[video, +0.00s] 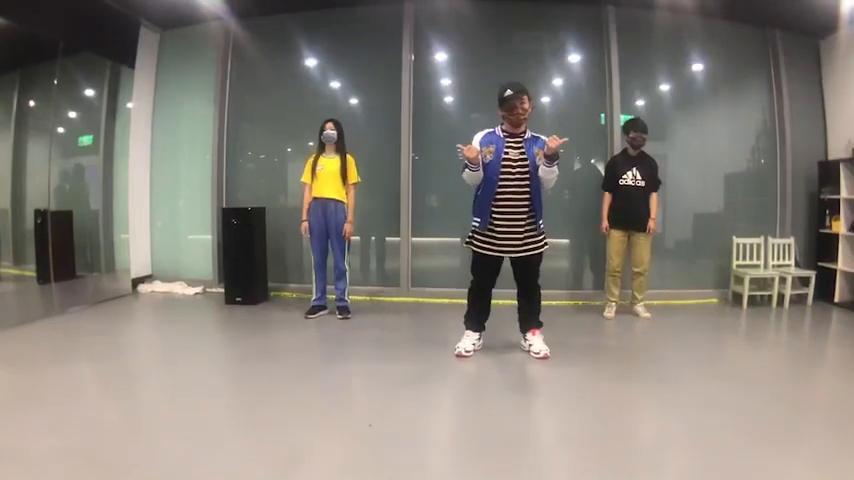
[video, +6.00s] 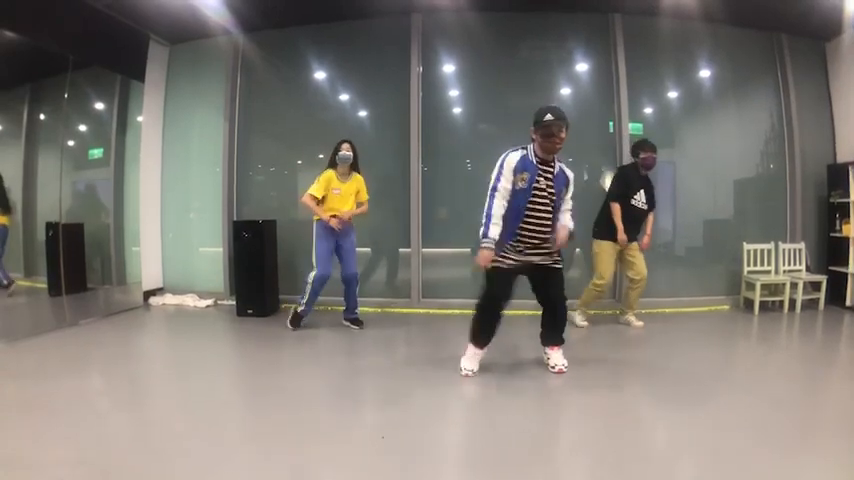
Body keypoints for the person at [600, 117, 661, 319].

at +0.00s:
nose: (638, 140)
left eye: (642, 137)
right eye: (635, 136)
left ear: (646, 138)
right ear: (626, 137)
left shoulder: (650, 163)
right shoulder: (615, 162)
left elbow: (653, 193)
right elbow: (607, 192)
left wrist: (652, 218)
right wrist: (604, 219)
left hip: (641, 223)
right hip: (617, 222)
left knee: (641, 267)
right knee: (614, 267)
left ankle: (638, 302)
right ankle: (612, 302)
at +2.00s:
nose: (640, 138)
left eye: (643, 134)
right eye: (636, 134)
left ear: (648, 137)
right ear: (629, 137)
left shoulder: (653, 164)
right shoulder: (618, 164)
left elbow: (658, 195)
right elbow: (613, 192)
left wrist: (662, 221)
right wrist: (615, 217)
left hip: (648, 225)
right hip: (623, 225)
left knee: (648, 269)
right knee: (620, 270)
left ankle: (644, 304)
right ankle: (618, 305)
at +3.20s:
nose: (632, 143)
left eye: (635, 140)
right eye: (627, 140)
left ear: (638, 142)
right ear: (619, 142)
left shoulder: (642, 170)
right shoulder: (610, 167)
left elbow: (644, 200)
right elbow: (598, 195)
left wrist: (648, 225)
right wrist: (602, 223)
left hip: (636, 230)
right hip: (612, 230)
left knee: (641, 273)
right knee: (605, 273)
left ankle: (640, 309)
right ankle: (595, 308)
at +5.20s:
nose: (606, 150)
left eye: (609, 146)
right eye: (602, 146)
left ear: (615, 149)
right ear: (596, 149)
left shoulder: (623, 171)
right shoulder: (589, 173)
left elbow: (641, 193)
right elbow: (578, 195)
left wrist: (628, 217)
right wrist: (580, 218)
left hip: (621, 234)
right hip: (596, 234)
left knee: (632, 276)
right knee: (590, 276)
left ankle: (649, 308)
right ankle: (589, 311)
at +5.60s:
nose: (632, 146)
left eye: (635, 142)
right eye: (628, 142)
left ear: (638, 143)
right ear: (618, 142)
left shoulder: (630, 165)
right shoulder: (607, 163)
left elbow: (628, 194)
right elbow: (587, 186)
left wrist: (639, 212)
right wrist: (593, 211)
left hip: (626, 228)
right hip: (603, 228)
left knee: (632, 272)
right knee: (597, 272)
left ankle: (628, 310)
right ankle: (584, 309)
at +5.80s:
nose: (646, 157)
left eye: (648, 153)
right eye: (642, 154)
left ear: (650, 154)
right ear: (633, 154)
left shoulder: (643, 178)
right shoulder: (623, 171)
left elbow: (645, 202)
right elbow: (611, 195)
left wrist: (649, 222)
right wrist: (619, 222)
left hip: (628, 238)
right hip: (607, 237)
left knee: (639, 276)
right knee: (594, 280)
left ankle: (627, 313)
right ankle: (571, 311)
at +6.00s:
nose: (650, 159)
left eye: (653, 156)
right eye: (646, 156)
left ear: (656, 158)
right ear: (637, 157)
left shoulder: (648, 184)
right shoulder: (624, 172)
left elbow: (650, 211)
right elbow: (613, 201)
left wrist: (647, 235)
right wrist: (620, 230)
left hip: (629, 238)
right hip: (607, 235)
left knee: (639, 275)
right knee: (603, 278)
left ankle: (627, 313)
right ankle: (579, 310)